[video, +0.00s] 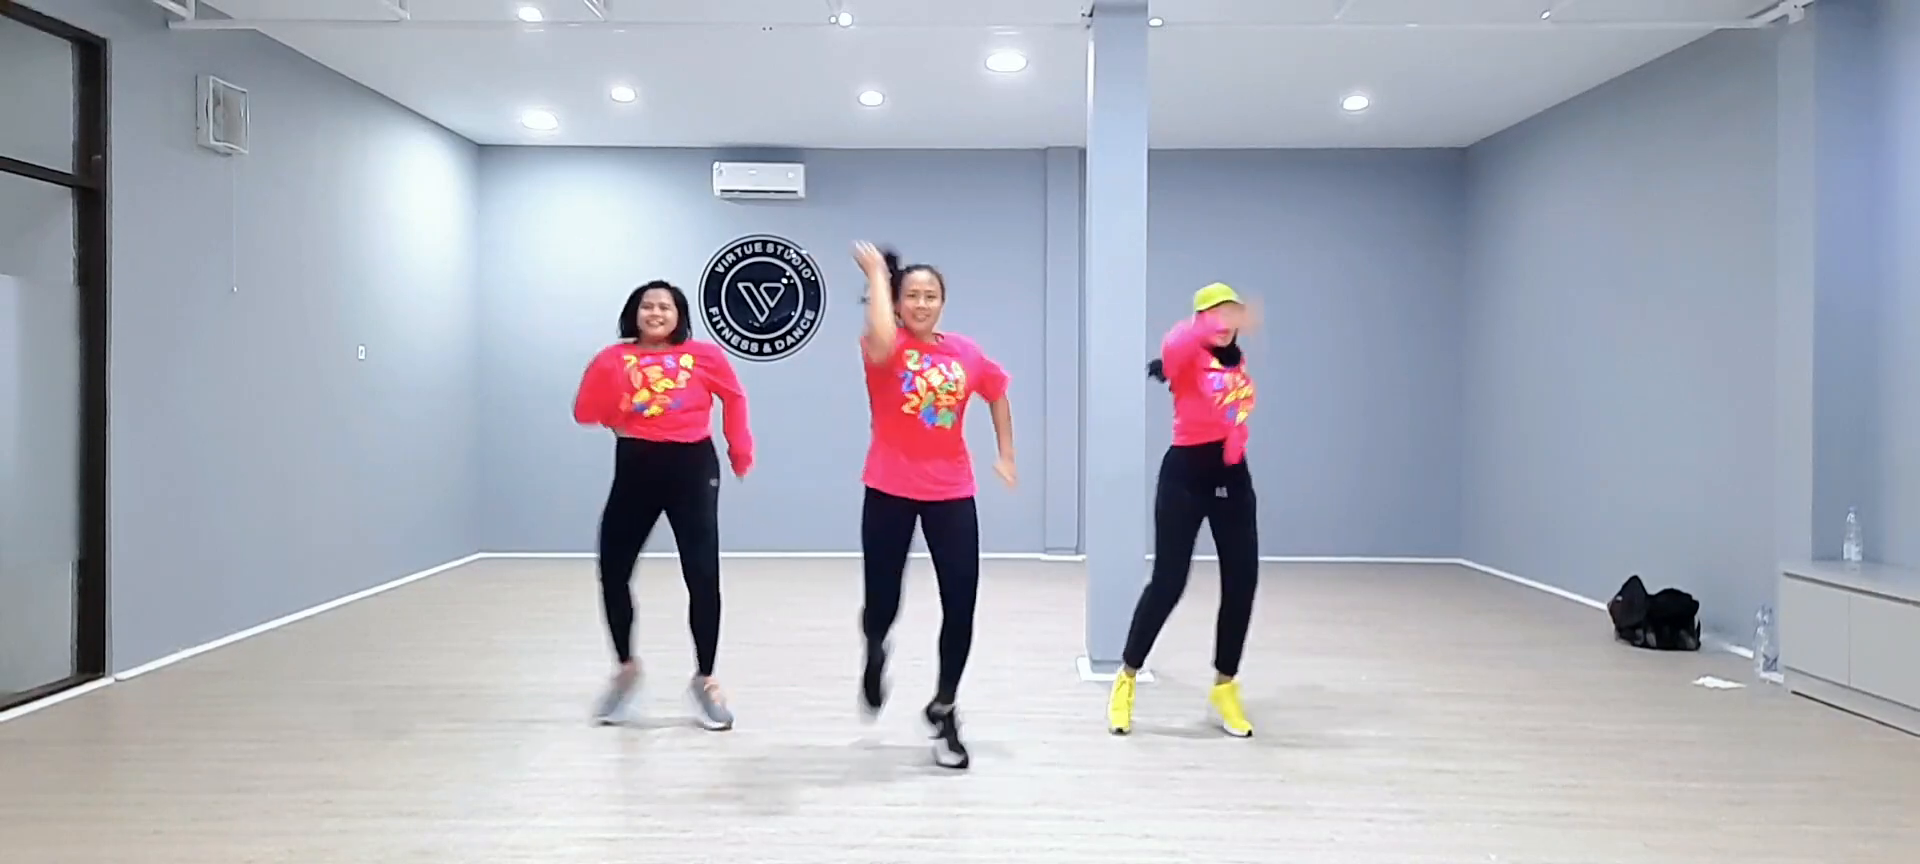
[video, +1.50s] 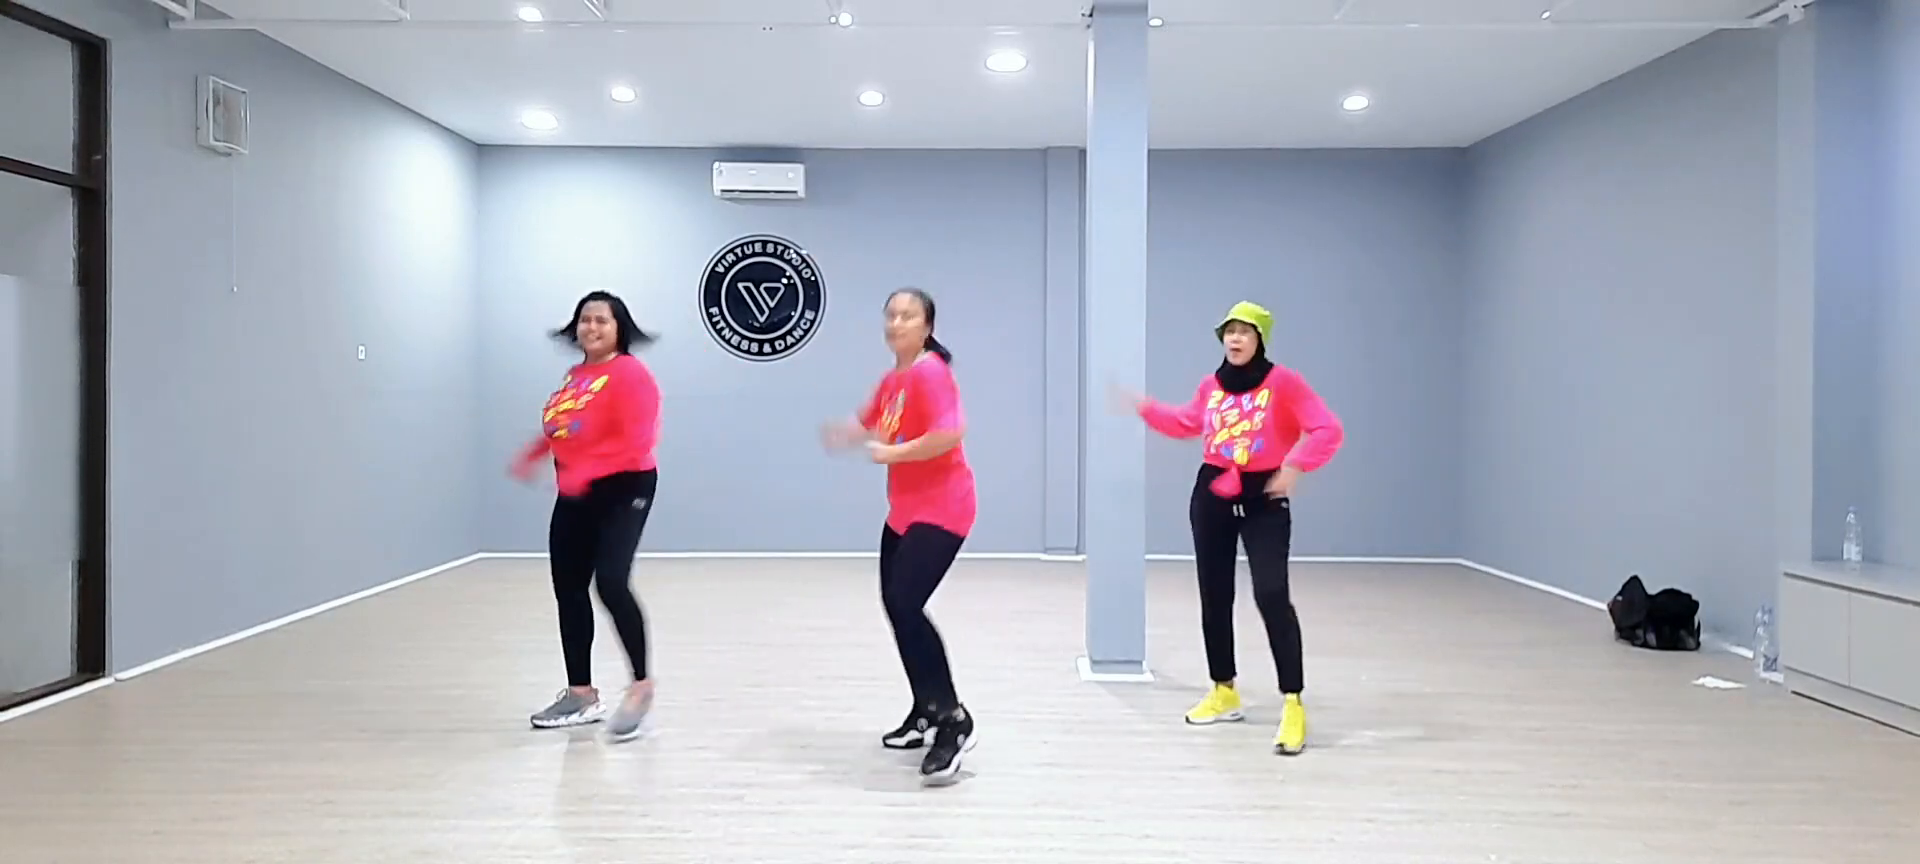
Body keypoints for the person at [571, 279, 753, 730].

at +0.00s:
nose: (655, 312)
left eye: (664, 307)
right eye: (647, 306)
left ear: (679, 317)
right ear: (633, 316)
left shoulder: (704, 355)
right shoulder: (616, 359)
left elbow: (734, 397)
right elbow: (585, 414)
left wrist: (741, 451)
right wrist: (605, 370)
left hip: (693, 470)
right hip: (636, 471)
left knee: (703, 575)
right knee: (613, 571)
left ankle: (705, 679)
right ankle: (626, 667)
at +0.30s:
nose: (679, 320)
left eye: (687, 314)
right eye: (671, 315)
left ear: (700, 324)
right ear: (657, 325)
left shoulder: (721, 373)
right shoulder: (632, 368)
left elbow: (752, 428)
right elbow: (582, 408)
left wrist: (731, 402)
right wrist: (610, 464)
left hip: (709, 481)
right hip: (651, 477)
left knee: (711, 584)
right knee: (678, 569)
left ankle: (704, 687)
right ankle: (646, 682)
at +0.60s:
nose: (673, 328)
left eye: (678, 322)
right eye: (662, 322)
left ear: (685, 337)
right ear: (640, 334)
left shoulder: (684, 386)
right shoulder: (631, 384)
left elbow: (691, 445)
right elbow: (623, 445)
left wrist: (703, 488)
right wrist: (690, 430)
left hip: (672, 499)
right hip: (637, 498)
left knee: (715, 589)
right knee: (671, 604)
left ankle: (676, 706)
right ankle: (637, 740)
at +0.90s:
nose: (666, 323)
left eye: (663, 316)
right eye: (663, 316)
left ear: (610, 317)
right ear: (656, 317)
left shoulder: (589, 356)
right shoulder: (666, 355)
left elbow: (550, 403)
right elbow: (709, 417)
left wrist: (572, 456)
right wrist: (671, 402)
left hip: (592, 471)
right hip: (647, 468)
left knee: (618, 586)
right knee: (659, 591)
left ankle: (614, 717)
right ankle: (645, 721)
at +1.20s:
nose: (578, 318)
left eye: (583, 310)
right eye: (580, 309)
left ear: (597, 314)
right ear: (629, 316)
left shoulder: (581, 355)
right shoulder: (655, 362)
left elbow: (560, 411)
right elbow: (694, 408)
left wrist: (529, 404)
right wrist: (681, 460)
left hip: (591, 475)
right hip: (646, 473)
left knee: (593, 587)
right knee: (603, 563)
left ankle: (607, 711)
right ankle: (621, 670)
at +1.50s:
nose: (592, 327)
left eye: (602, 320)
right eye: (585, 320)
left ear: (620, 328)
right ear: (576, 329)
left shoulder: (633, 375)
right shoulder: (576, 377)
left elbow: (638, 444)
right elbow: (566, 430)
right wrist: (532, 453)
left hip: (625, 487)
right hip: (577, 490)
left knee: (610, 584)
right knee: (569, 587)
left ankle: (641, 686)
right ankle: (580, 692)